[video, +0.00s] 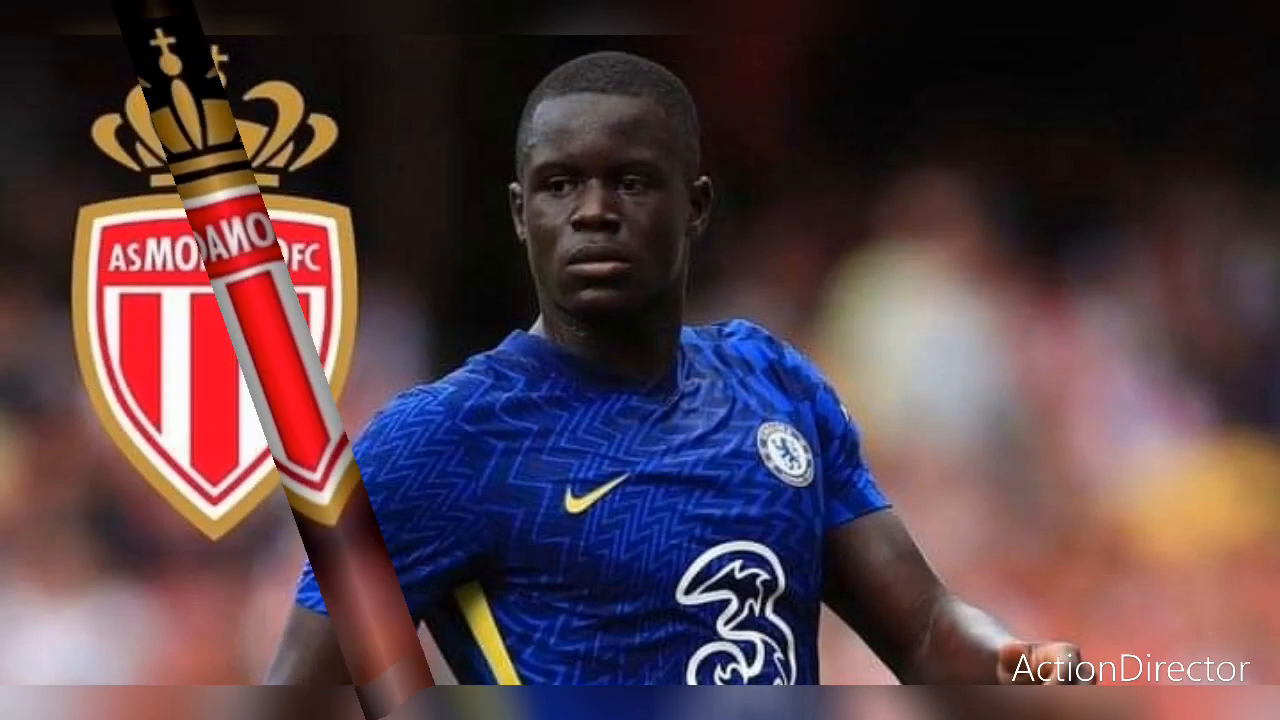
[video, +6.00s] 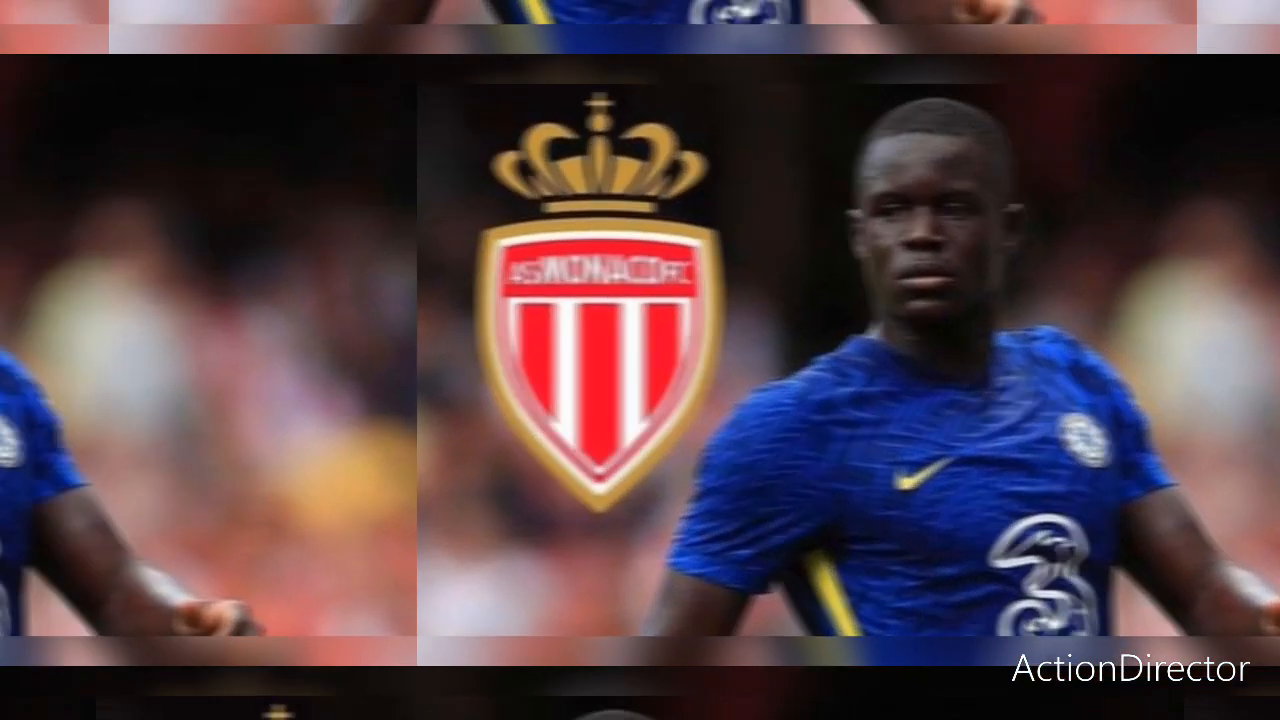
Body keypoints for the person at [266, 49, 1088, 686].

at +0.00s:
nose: (595, 209)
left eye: (633, 179)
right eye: (560, 181)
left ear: (697, 210)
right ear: (523, 215)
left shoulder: (771, 385)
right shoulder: (437, 440)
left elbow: (921, 626)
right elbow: (297, 689)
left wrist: (1017, 673)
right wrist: (398, 694)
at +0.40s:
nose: (594, 210)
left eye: (631, 180)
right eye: (563, 181)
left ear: (697, 207)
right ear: (525, 203)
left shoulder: (774, 389)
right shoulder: (435, 442)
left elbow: (920, 626)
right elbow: (301, 691)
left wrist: (1015, 670)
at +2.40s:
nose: (595, 210)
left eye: (633, 178)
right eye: (560, 181)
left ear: (697, 209)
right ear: (522, 216)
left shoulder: (770, 385)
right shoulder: (433, 444)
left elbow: (921, 626)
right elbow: (301, 691)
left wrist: (1021, 675)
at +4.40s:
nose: (596, 210)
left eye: (633, 178)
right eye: (560, 181)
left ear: (696, 207)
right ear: (522, 215)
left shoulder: (770, 385)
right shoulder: (433, 444)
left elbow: (921, 625)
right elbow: (301, 690)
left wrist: (1017, 673)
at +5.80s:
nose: (644, 218)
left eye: (680, 190)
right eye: (612, 193)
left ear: (739, 219)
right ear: (577, 223)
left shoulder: (807, 382)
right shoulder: (492, 439)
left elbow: (950, 608)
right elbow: (366, 682)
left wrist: (1045, 656)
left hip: (818, 705)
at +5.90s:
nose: (741, 225)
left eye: (774, 197)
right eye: (708, 199)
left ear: (831, 224)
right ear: (674, 228)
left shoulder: (897, 383)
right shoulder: (594, 437)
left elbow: (1032, 597)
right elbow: (474, 663)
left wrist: (1116, 641)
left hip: (906, 683)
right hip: (736, 697)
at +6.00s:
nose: (922, 234)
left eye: (954, 206)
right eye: (893, 209)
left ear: (1010, 232)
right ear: (857, 239)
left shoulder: (1072, 382)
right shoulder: (786, 431)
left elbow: (1204, 586)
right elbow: (668, 655)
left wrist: (1273, 628)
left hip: (1092, 691)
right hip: (904, 690)